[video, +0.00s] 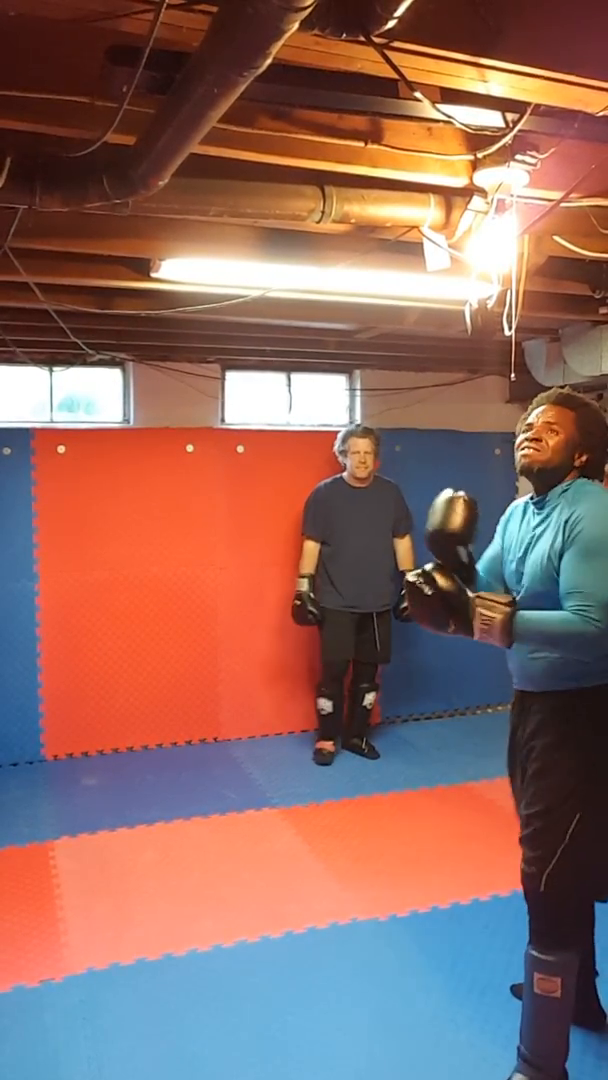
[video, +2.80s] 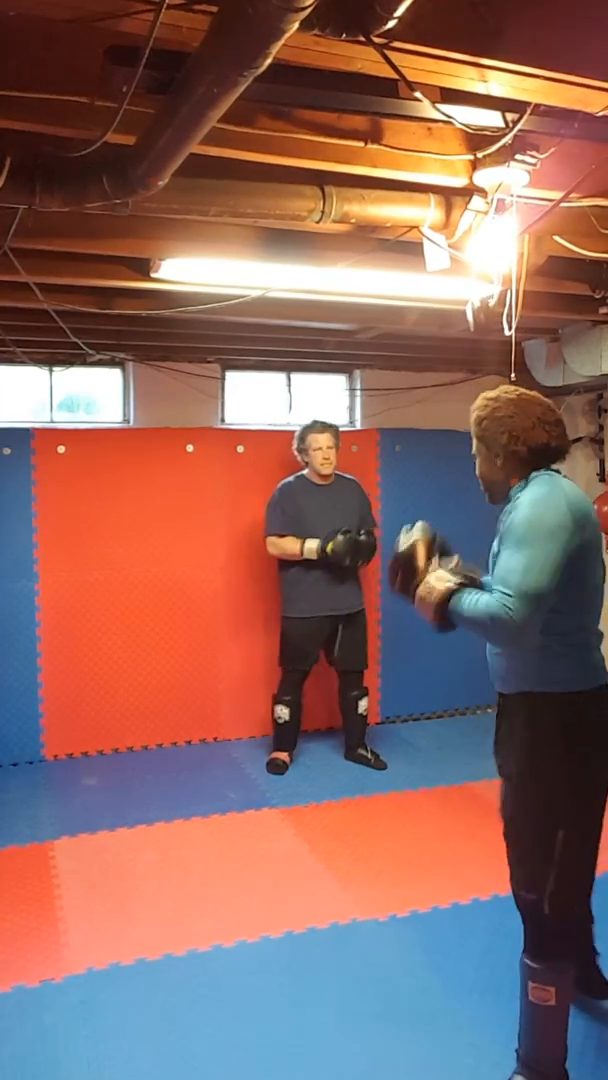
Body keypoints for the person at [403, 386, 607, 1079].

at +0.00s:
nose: (524, 437)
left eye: (542, 429)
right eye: (524, 429)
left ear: (579, 447)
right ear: (523, 444)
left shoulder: (591, 509)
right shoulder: (516, 515)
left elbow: (595, 622)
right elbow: (488, 595)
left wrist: (513, 624)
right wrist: (443, 605)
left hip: (577, 711)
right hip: (535, 707)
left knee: (550, 874)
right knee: (557, 858)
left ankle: (542, 1064)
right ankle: (575, 991)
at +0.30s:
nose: (520, 436)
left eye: (537, 427)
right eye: (516, 428)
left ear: (577, 442)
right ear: (508, 442)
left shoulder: (589, 494)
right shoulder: (499, 502)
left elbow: (597, 531)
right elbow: (423, 548)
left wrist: (568, 522)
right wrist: (419, 493)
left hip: (574, 710)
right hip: (510, 708)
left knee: (537, 880)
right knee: (497, 839)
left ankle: (542, 1065)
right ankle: (559, 965)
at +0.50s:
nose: (524, 439)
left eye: (538, 429)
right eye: (516, 429)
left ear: (566, 441)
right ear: (502, 442)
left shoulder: (589, 503)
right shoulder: (494, 498)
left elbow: (603, 517)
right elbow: (414, 515)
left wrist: (576, 434)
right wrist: (415, 456)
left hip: (570, 717)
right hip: (497, 710)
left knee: (542, 888)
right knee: (477, 843)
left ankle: (546, 1061)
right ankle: (503, 974)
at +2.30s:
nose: (460, 451)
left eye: (472, 438)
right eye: (463, 437)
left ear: (518, 445)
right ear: (498, 445)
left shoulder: (581, 510)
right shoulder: (481, 516)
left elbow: (598, 564)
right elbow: (447, 593)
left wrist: (596, 505)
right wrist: (380, 571)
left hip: (564, 727)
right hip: (486, 718)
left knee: (543, 901)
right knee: (455, 855)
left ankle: (542, 1067)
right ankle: (474, 973)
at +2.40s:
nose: (449, 459)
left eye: (461, 445)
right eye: (452, 445)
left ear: (509, 447)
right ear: (492, 449)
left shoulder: (588, 513)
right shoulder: (481, 522)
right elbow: (489, 598)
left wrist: (594, 609)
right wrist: (416, 612)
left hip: (568, 728)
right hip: (490, 719)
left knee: (548, 900)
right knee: (473, 860)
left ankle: (543, 1064)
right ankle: (478, 976)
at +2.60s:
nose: (453, 472)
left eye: (460, 457)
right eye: (453, 458)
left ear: (502, 454)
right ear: (497, 456)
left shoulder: (570, 515)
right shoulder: (502, 516)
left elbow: (606, 616)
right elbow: (506, 607)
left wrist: (550, 649)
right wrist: (437, 608)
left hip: (560, 728)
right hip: (503, 717)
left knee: (545, 890)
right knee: (505, 854)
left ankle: (544, 1065)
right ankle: (522, 967)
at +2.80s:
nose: (474, 462)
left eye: (479, 447)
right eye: (475, 447)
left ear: (506, 450)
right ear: (528, 446)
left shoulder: (545, 503)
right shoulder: (537, 502)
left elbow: (512, 615)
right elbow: (509, 591)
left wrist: (449, 596)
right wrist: (451, 569)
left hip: (555, 716)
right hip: (548, 710)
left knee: (543, 889)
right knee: (556, 876)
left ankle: (542, 1065)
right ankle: (585, 988)